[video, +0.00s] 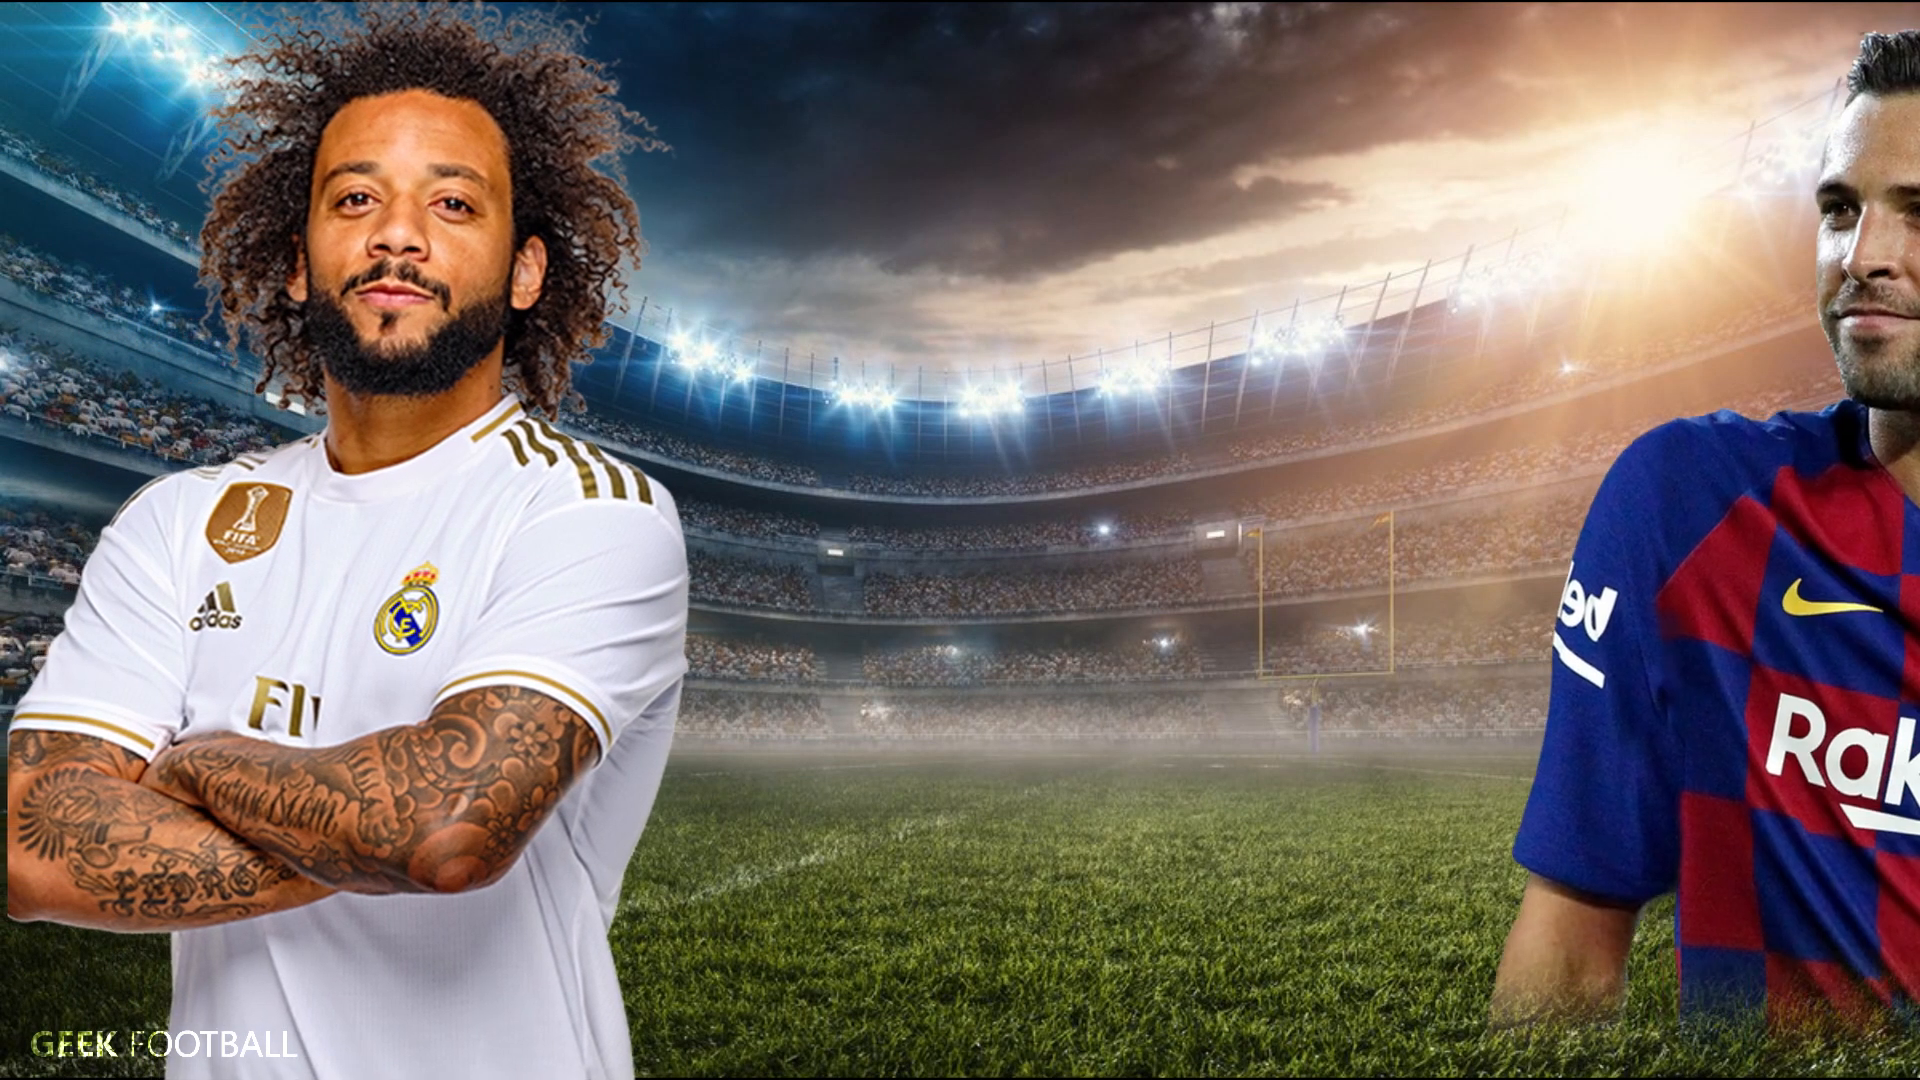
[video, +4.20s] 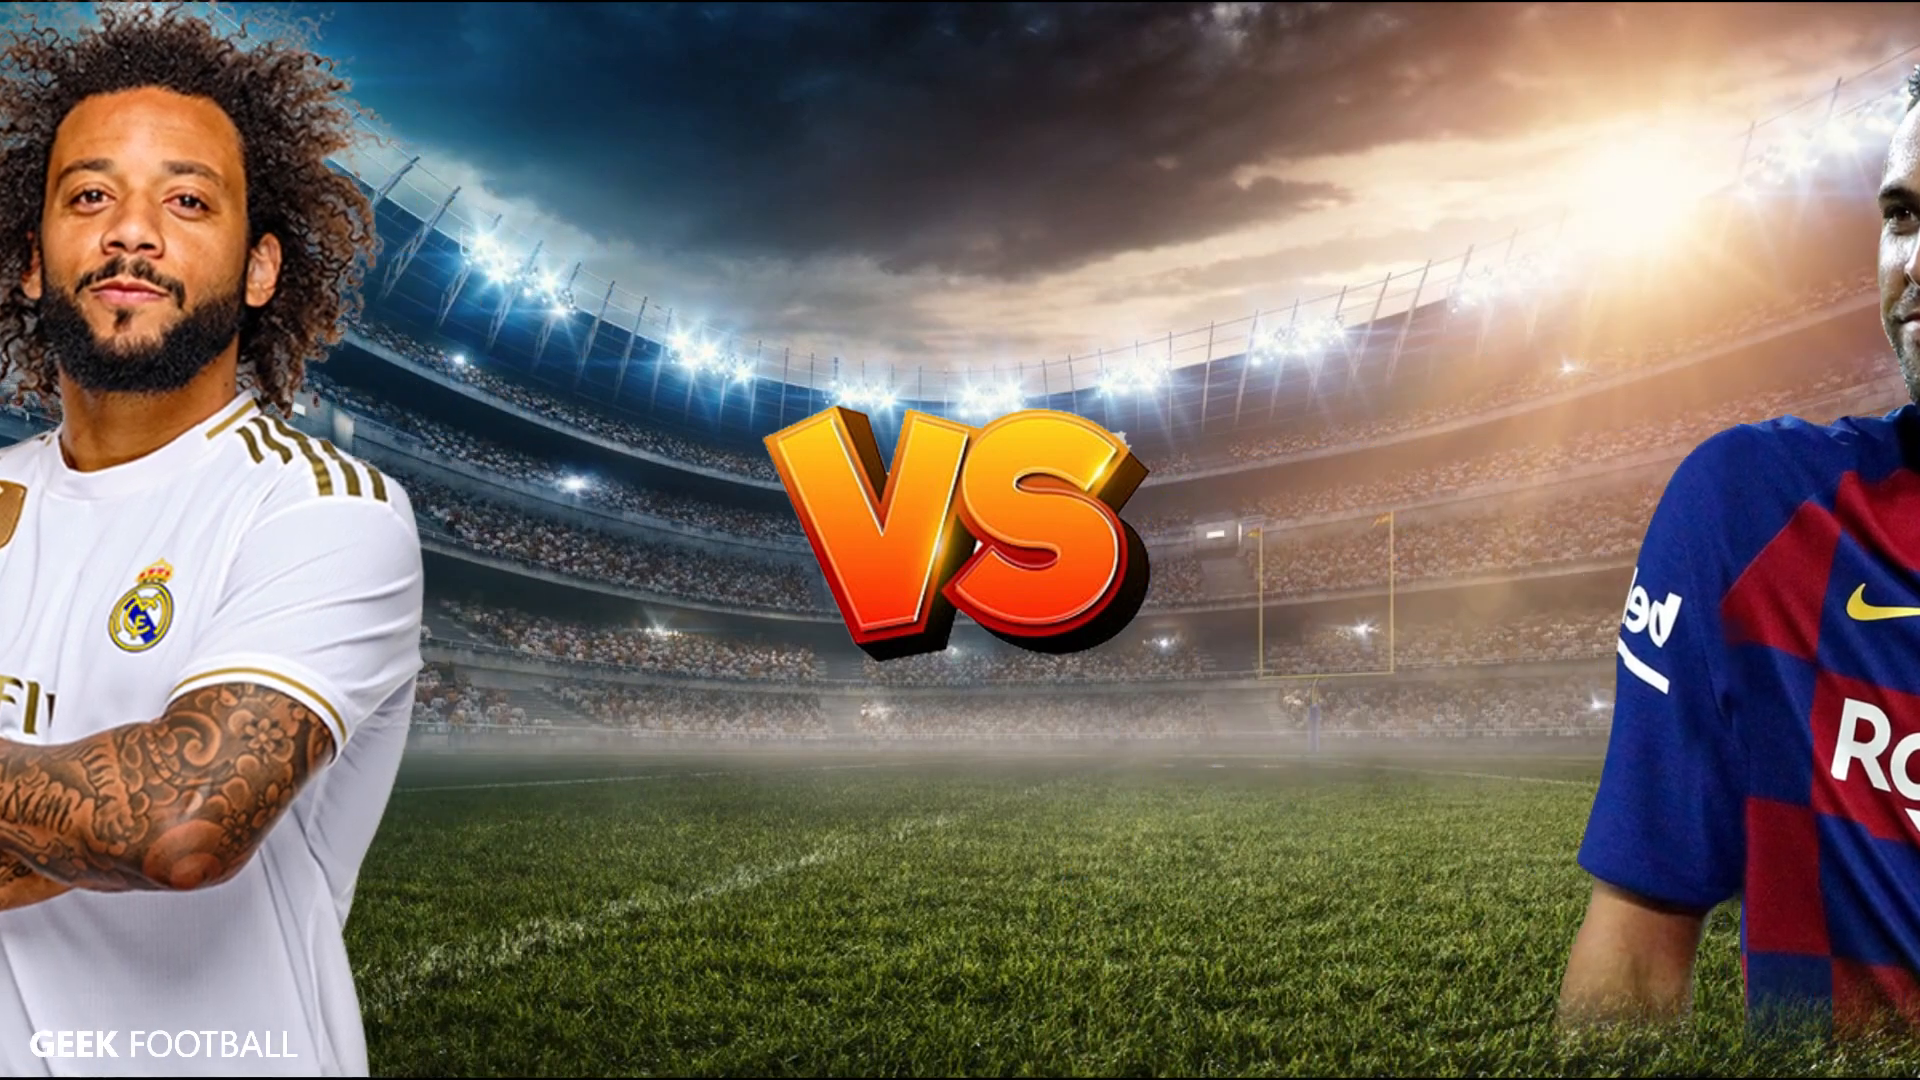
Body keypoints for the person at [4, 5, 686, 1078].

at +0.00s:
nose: (399, 238)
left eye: (454, 203)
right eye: (355, 199)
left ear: (522, 273)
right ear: (302, 259)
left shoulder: (598, 518)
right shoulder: (176, 523)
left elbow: (451, 825)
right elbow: (42, 852)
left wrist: (186, 761)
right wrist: (370, 830)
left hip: (507, 1063)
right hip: (226, 1061)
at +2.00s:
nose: (415, 238)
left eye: (471, 204)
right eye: (372, 199)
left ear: (539, 273)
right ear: (319, 259)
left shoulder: (614, 517)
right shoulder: (194, 522)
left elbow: (468, 825)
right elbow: (67, 857)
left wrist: (205, 760)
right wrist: (389, 830)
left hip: (526, 1064)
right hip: (246, 1063)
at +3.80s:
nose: (294, 234)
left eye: (349, 202)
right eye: (251, 200)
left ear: (418, 270)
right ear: (196, 261)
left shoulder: (492, 514)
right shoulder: (68, 522)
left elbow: (347, 825)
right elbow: (10, 868)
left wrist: (77, 759)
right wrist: (269, 820)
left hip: (400, 1062)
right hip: (125, 1062)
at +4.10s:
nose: (178, 236)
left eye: (235, 201)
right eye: (137, 198)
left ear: (305, 268)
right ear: (85, 256)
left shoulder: (379, 514)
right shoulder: (11, 502)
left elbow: (230, 820)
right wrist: (171, 813)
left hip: (286, 1060)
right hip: (28, 1058)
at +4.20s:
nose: (130, 232)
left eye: (186, 200)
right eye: (89, 198)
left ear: (256, 268)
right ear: (36, 258)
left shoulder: (330, 514)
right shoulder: (5, 492)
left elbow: (185, 820)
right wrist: (108, 809)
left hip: (237, 1057)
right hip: (18, 1053)